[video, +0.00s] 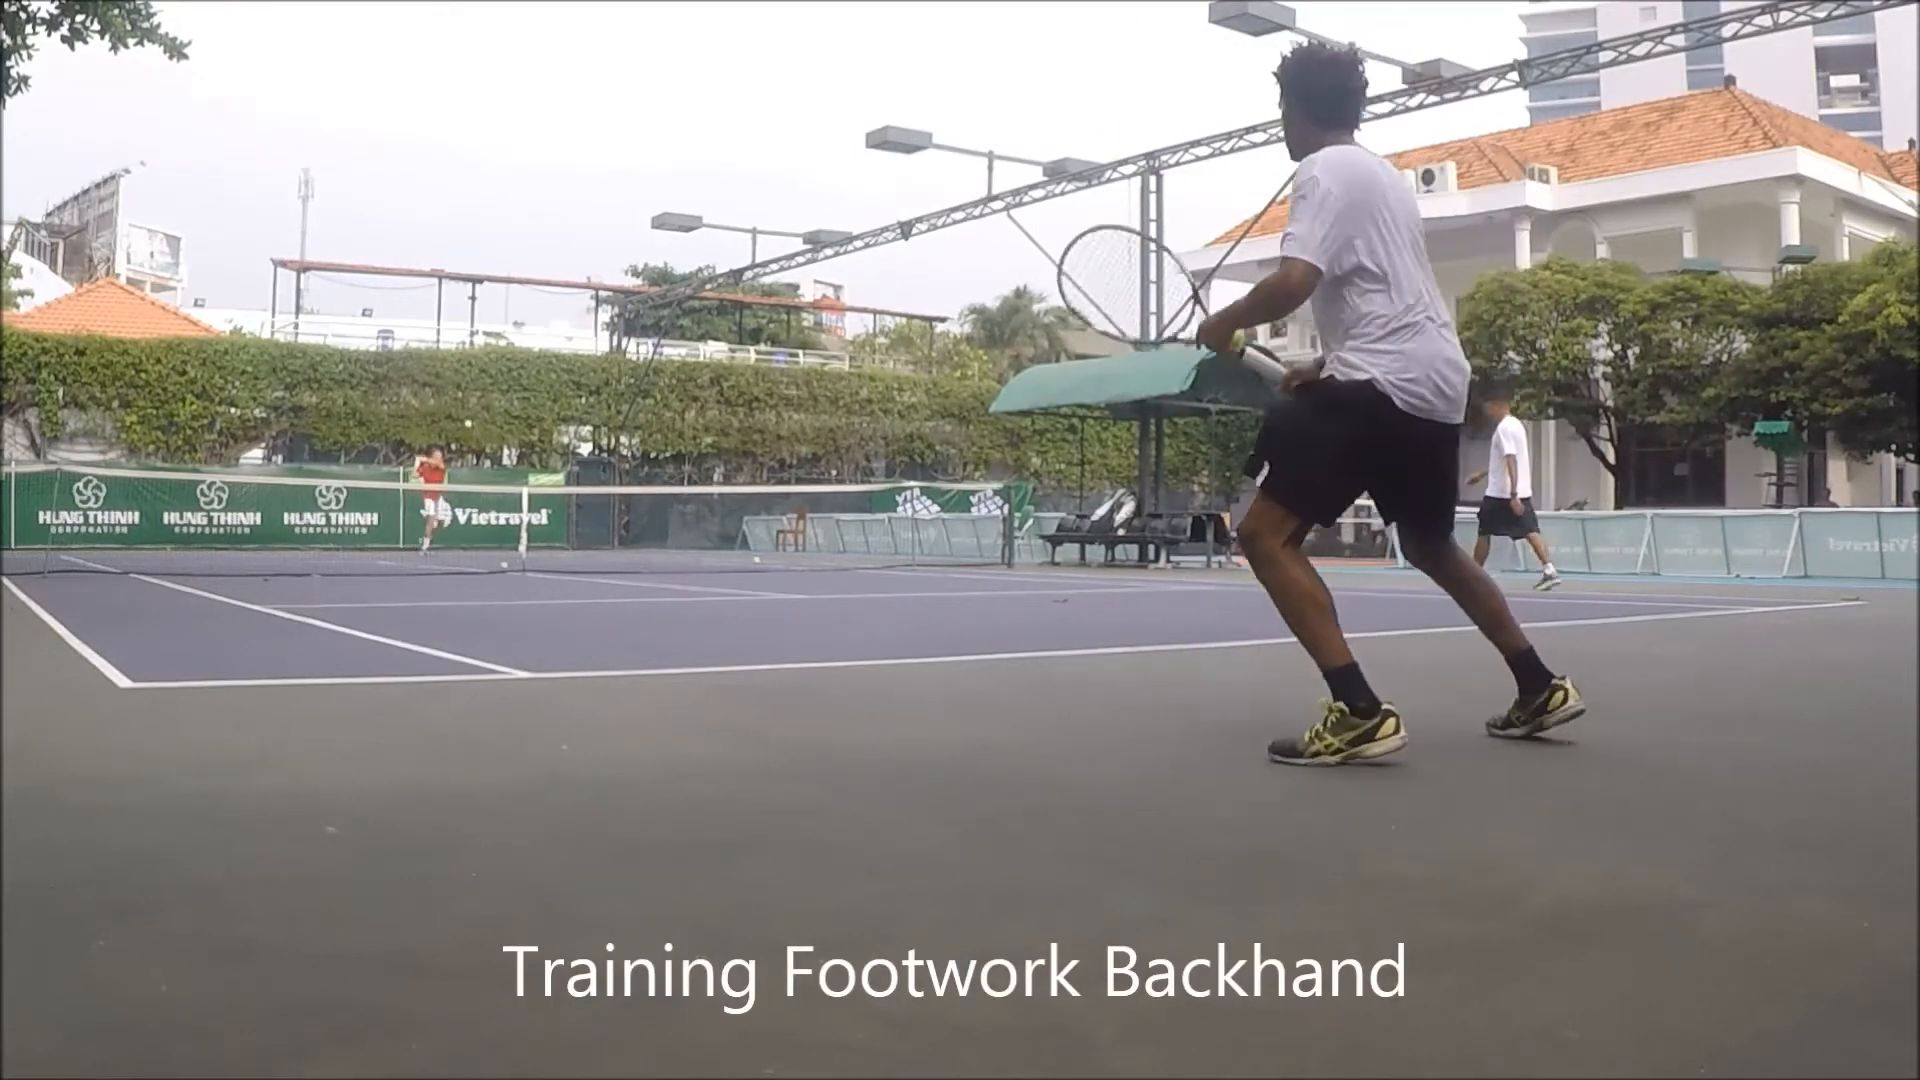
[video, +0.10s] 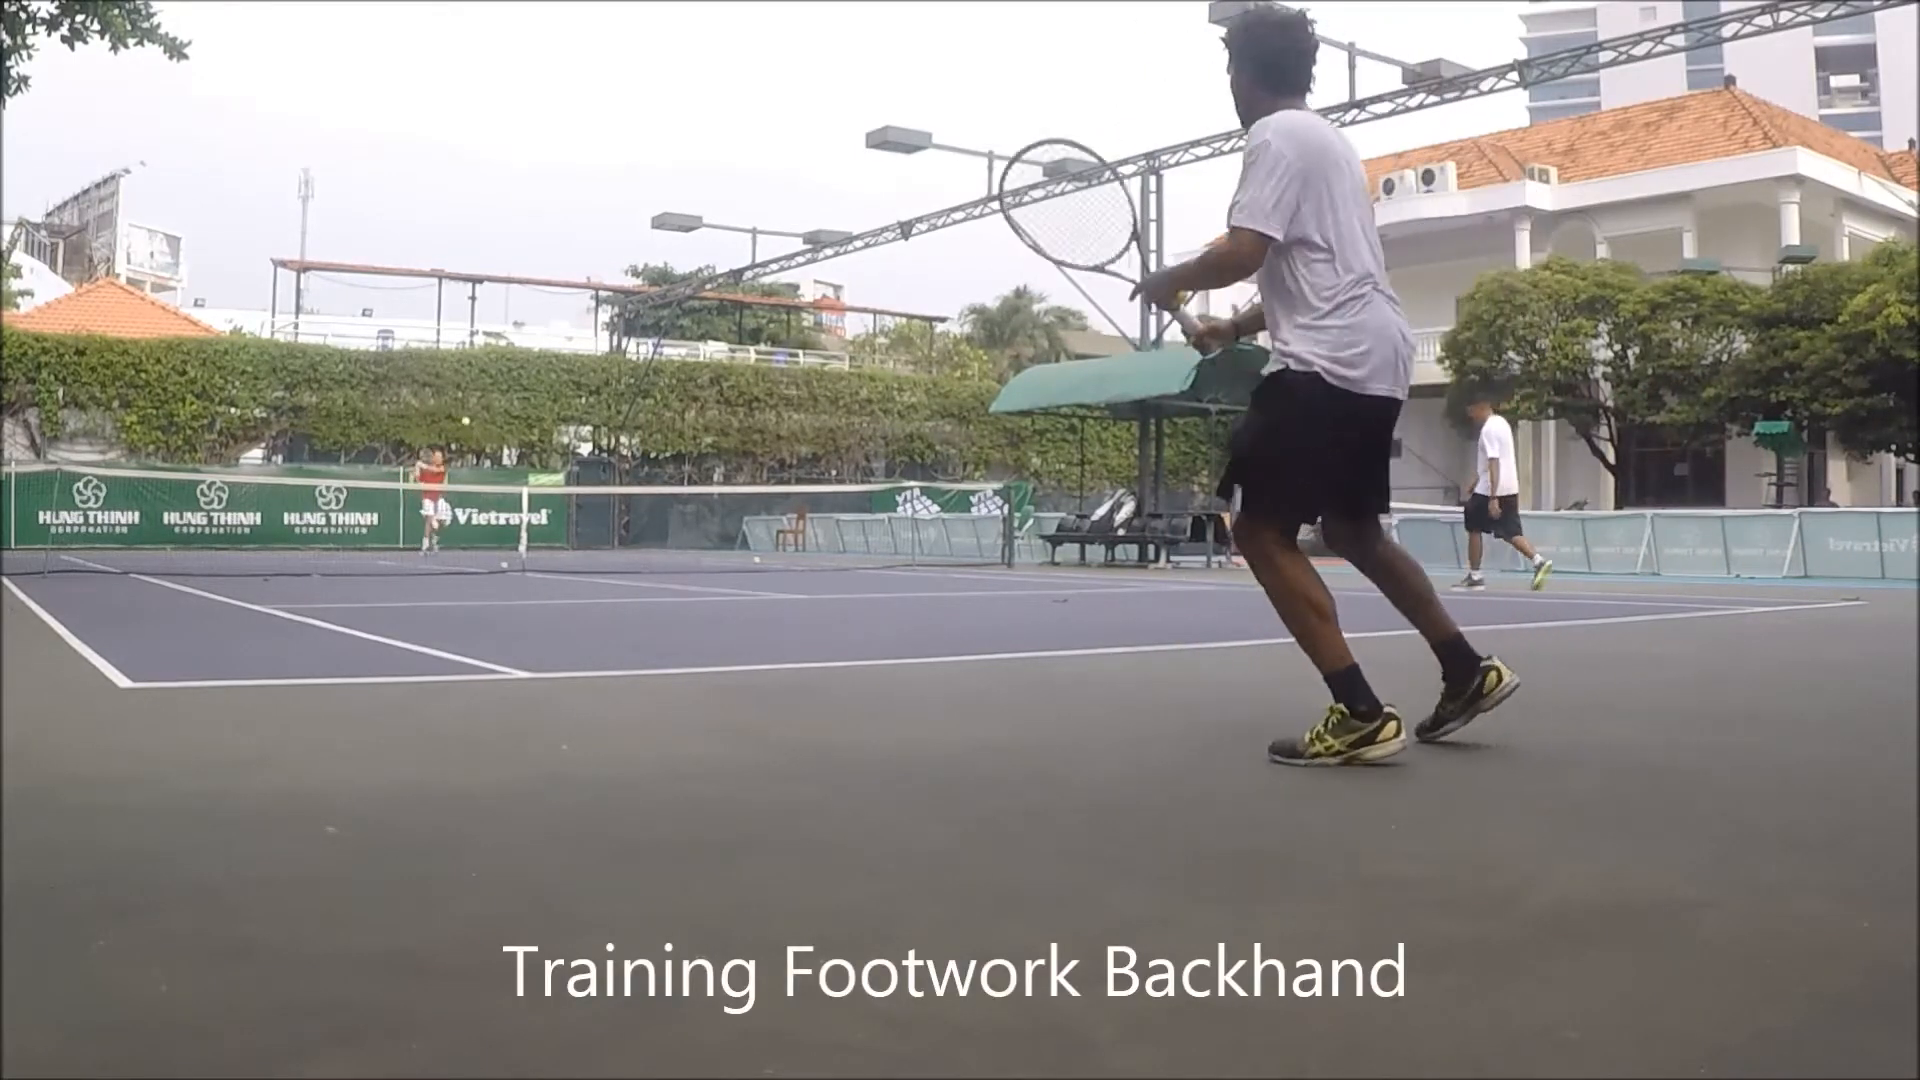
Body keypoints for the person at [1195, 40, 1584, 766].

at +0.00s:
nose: (1280, 125)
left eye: (1282, 111)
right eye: (1280, 111)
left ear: (1297, 111)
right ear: (1353, 111)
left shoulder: (1326, 171)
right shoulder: (1389, 179)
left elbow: (1294, 281)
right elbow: (1403, 307)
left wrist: (1229, 318)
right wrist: (1328, 366)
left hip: (1372, 384)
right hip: (1439, 391)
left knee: (1264, 536)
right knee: (1429, 544)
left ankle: (1357, 709)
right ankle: (1539, 685)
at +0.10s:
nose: (1228, 80)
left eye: (1231, 66)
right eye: (1230, 66)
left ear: (1246, 71)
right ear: (1302, 70)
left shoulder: (1281, 134)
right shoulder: (1328, 140)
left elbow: (1244, 249)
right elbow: (1312, 279)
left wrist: (1174, 278)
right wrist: (1231, 325)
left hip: (1327, 358)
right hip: (1378, 355)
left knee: (1259, 533)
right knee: (1351, 527)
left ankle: (1359, 711)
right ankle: (1466, 670)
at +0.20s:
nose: (1179, 42)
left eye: (1182, 27)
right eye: (1181, 28)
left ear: (1200, 29)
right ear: (1253, 31)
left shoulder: (1232, 89)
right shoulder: (1276, 99)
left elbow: (1210, 210)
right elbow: (1231, 245)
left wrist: (1121, 227)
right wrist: (1146, 280)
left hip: (1272, 333)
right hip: (1322, 334)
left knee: (1234, 509)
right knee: (1272, 510)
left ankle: (1333, 684)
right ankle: (1309, 696)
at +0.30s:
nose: (1131, 38)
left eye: (1136, 23)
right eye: (1132, 25)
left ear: (1162, 22)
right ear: (1198, 23)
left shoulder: (1200, 77)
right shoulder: (1208, 96)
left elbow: (1173, 199)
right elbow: (1148, 229)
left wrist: (1070, 197)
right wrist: (1056, 254)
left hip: (1225, 317)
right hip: (1253, 324)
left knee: (1153, 503)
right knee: (1186, 514)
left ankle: (1273, 682)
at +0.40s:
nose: (1081, 55)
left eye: (1085, 37)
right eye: (1082, 39)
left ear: (1110, 37)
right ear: (1153, 38)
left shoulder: (1174, 107)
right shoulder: (1122, 143)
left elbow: (1136, 221)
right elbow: (1047, 230)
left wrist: (1027, 181)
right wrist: (970, 234)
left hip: (1183, 334)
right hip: (1156, 339)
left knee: (1067, 498)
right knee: (1100, 530)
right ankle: (1179, 715)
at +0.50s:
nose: (1043, 68)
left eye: (1050, 49)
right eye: (1037, 54)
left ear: (1076, 45)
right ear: (1073, 51)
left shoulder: (1137, 107)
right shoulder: (1056, 142)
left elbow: (1104, 206)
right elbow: (972, 217)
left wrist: (1005, 143)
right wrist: (909, 196)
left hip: (1127, 346)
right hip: (1091, 350)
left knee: (1007, 502)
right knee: (1058, 559)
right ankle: (1172, 713)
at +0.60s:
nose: (966, 58)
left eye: (972, 43)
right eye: (965, 45)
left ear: (1005, 38)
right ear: (1015, 37)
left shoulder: (1084, 86)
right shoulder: (978, 130)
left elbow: (1065, 172)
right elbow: (890, 191)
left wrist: (974, 81)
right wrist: (862, 146)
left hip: (1045, 348)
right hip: (1009, 346)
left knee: (931, 521)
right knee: (1012, 562)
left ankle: (858, 757)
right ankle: (1153, 688)